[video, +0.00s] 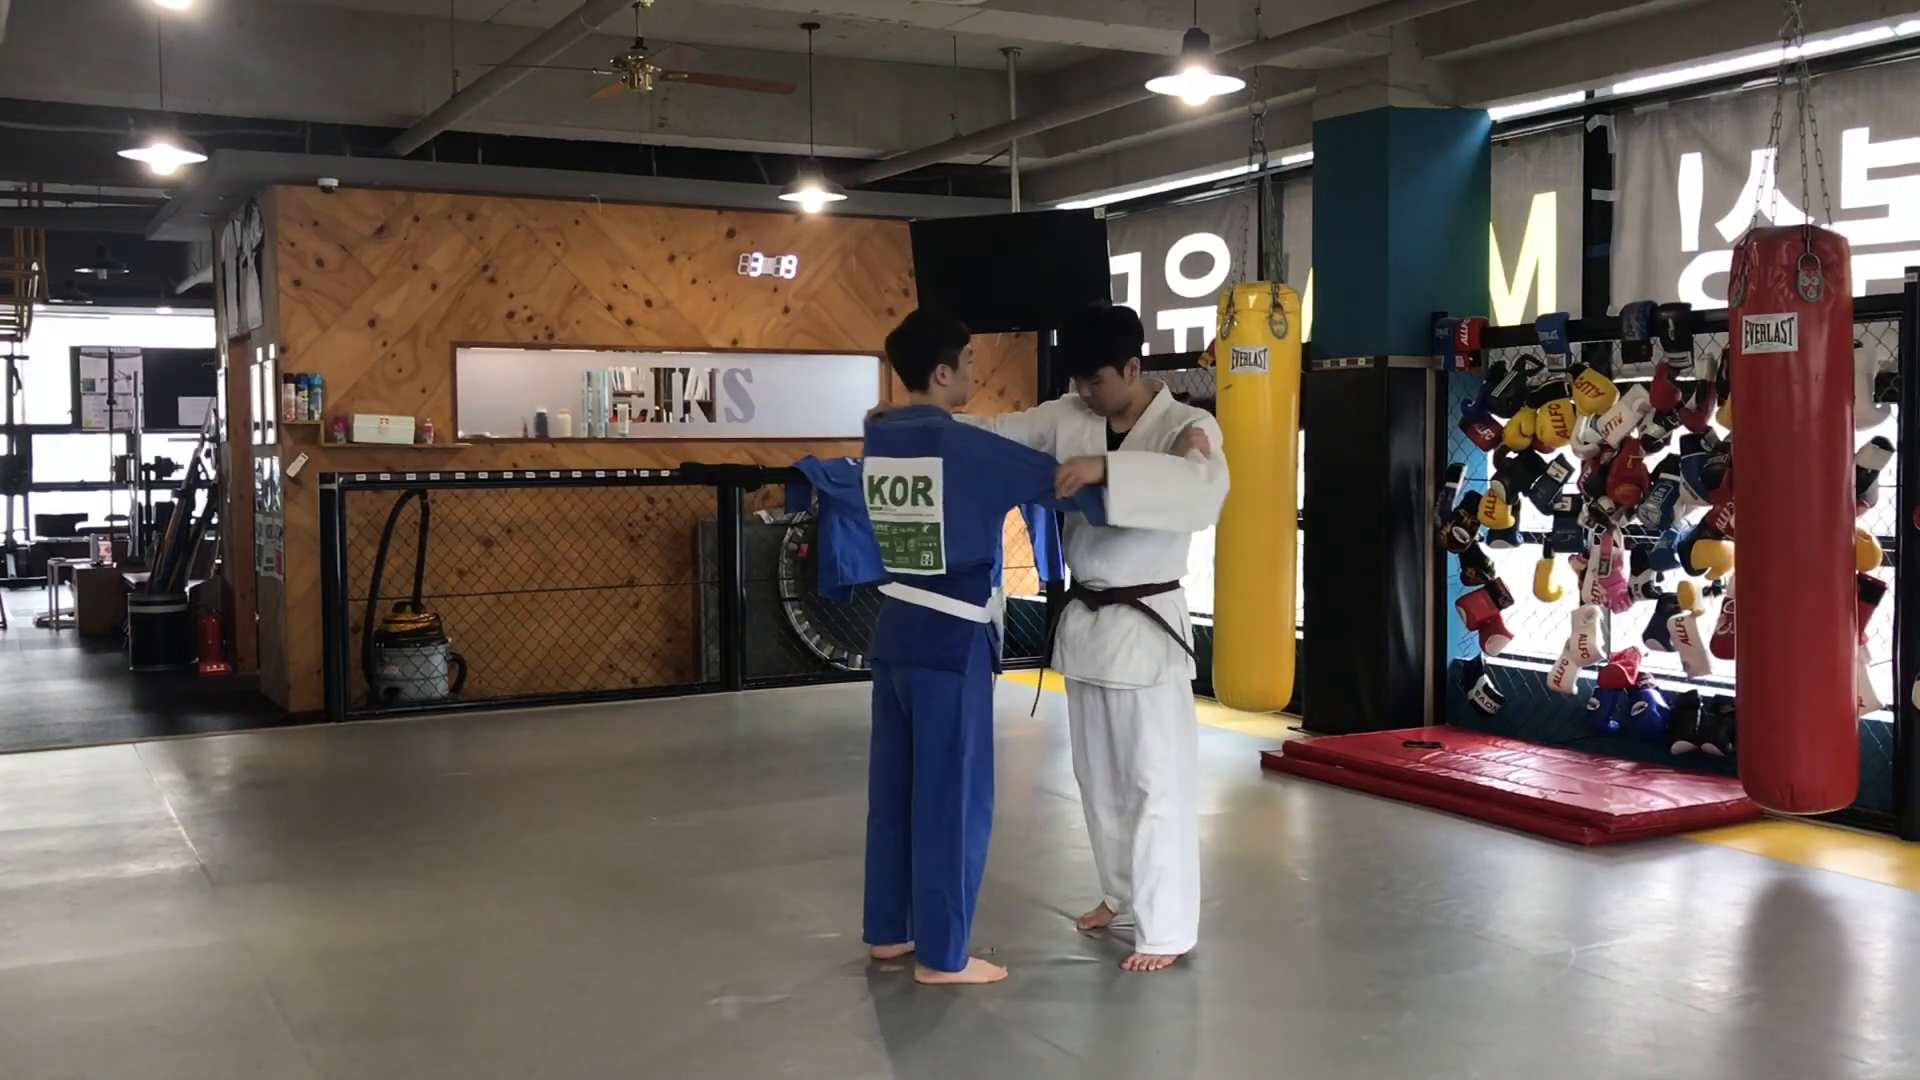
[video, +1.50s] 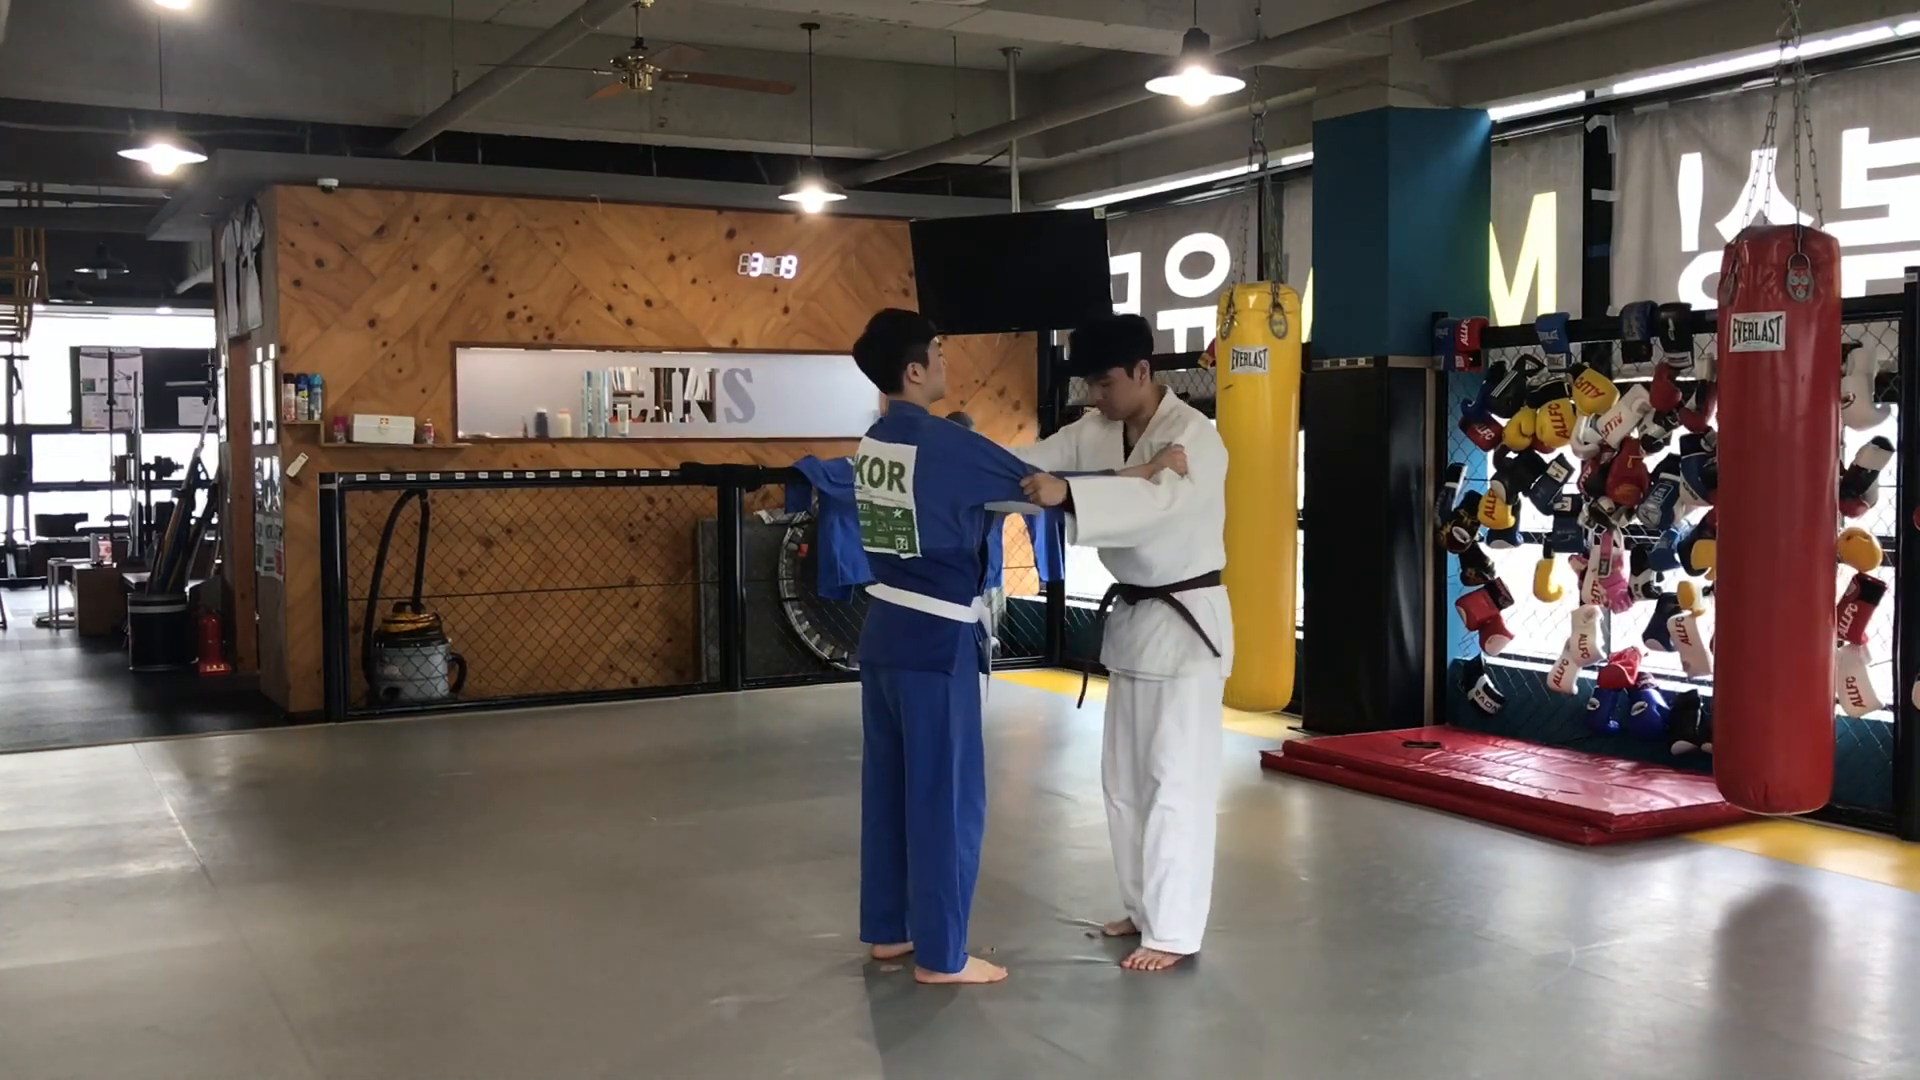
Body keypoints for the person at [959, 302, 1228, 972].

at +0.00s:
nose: (1084, 393)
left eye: (1092, 380)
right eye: (1078, 382)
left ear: (1131, 368)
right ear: (1079, 378)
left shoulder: (1189, 426)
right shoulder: (1072, 418)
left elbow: (1206, 493)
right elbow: (990, 434)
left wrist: (1109, 469)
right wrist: (909, 424)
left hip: (1149, 625)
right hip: (1086, 622)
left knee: (1156, 786)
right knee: (1103, 779)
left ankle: (1169, 932)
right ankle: (1123, 900)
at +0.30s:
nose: (1088, 395)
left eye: (1095, 382)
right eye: (1084, 384)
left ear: (1135, 367)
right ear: (1100, 378)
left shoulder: (1190, 430)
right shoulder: (1088, 426)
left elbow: (1158, 493)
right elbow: (1023, 448)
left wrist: (1062, 478)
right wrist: (945, 449)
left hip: (1153, 624)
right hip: (1095, 620)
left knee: (1157, 785)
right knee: (1103, 778)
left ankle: (1172, 931)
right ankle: (1121, 904)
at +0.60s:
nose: (1077, 396)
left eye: (1084, 383)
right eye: (1071, 385)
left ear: (1121, 365)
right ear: (1080, 378)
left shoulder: (1178, 420)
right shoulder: (1075, 421)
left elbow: (1156, 481)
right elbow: (996, 435)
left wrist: (1061, 452)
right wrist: (903, 423)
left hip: (1154, 620)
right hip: (1097, 619)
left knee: (1158, 783)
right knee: (1107, 775)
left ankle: (1172, 932)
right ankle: (1126, 901)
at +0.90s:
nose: (1074, 401)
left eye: (1081, 386)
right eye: (1069, 389)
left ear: (1117, 369)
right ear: (1093, 379)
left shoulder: (1180, 431)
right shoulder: (1078, 431)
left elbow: (1148, 500)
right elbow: (1011, 465)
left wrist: (1051, 497)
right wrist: (951, 459)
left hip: (1157, 621)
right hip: (1101, 619)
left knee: (1158, 783)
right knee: (1108, 778)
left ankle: (1173, 933)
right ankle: (1124, 902)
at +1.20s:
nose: (1094, 393)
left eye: (1101, 378)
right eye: (1090, 380)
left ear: (1141, 366)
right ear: (1118, 374)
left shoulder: (1193, 437)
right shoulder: (1100, 429)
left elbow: (1148, 498)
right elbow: (1029, 456)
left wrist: (1050, 493)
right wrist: (949, 453)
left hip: (1171, 624)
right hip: (1117, 619)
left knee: (1165, 784)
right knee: (1116, 776)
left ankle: (1174, 935)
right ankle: (1129, 904)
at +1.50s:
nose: (1093, 399)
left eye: (1101, 385)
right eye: (1088, 387)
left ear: (1140, 372)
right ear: (1096, 382)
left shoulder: (1196, 437)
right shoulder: (1096, 431)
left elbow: (1158, 497)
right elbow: (1031, 463)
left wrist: (1071, 491)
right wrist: (963, 468)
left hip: (1185, 621)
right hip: (1129, 618)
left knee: (1176, 780)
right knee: (1126, 777)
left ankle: (1176, 933)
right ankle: (1144, 907)